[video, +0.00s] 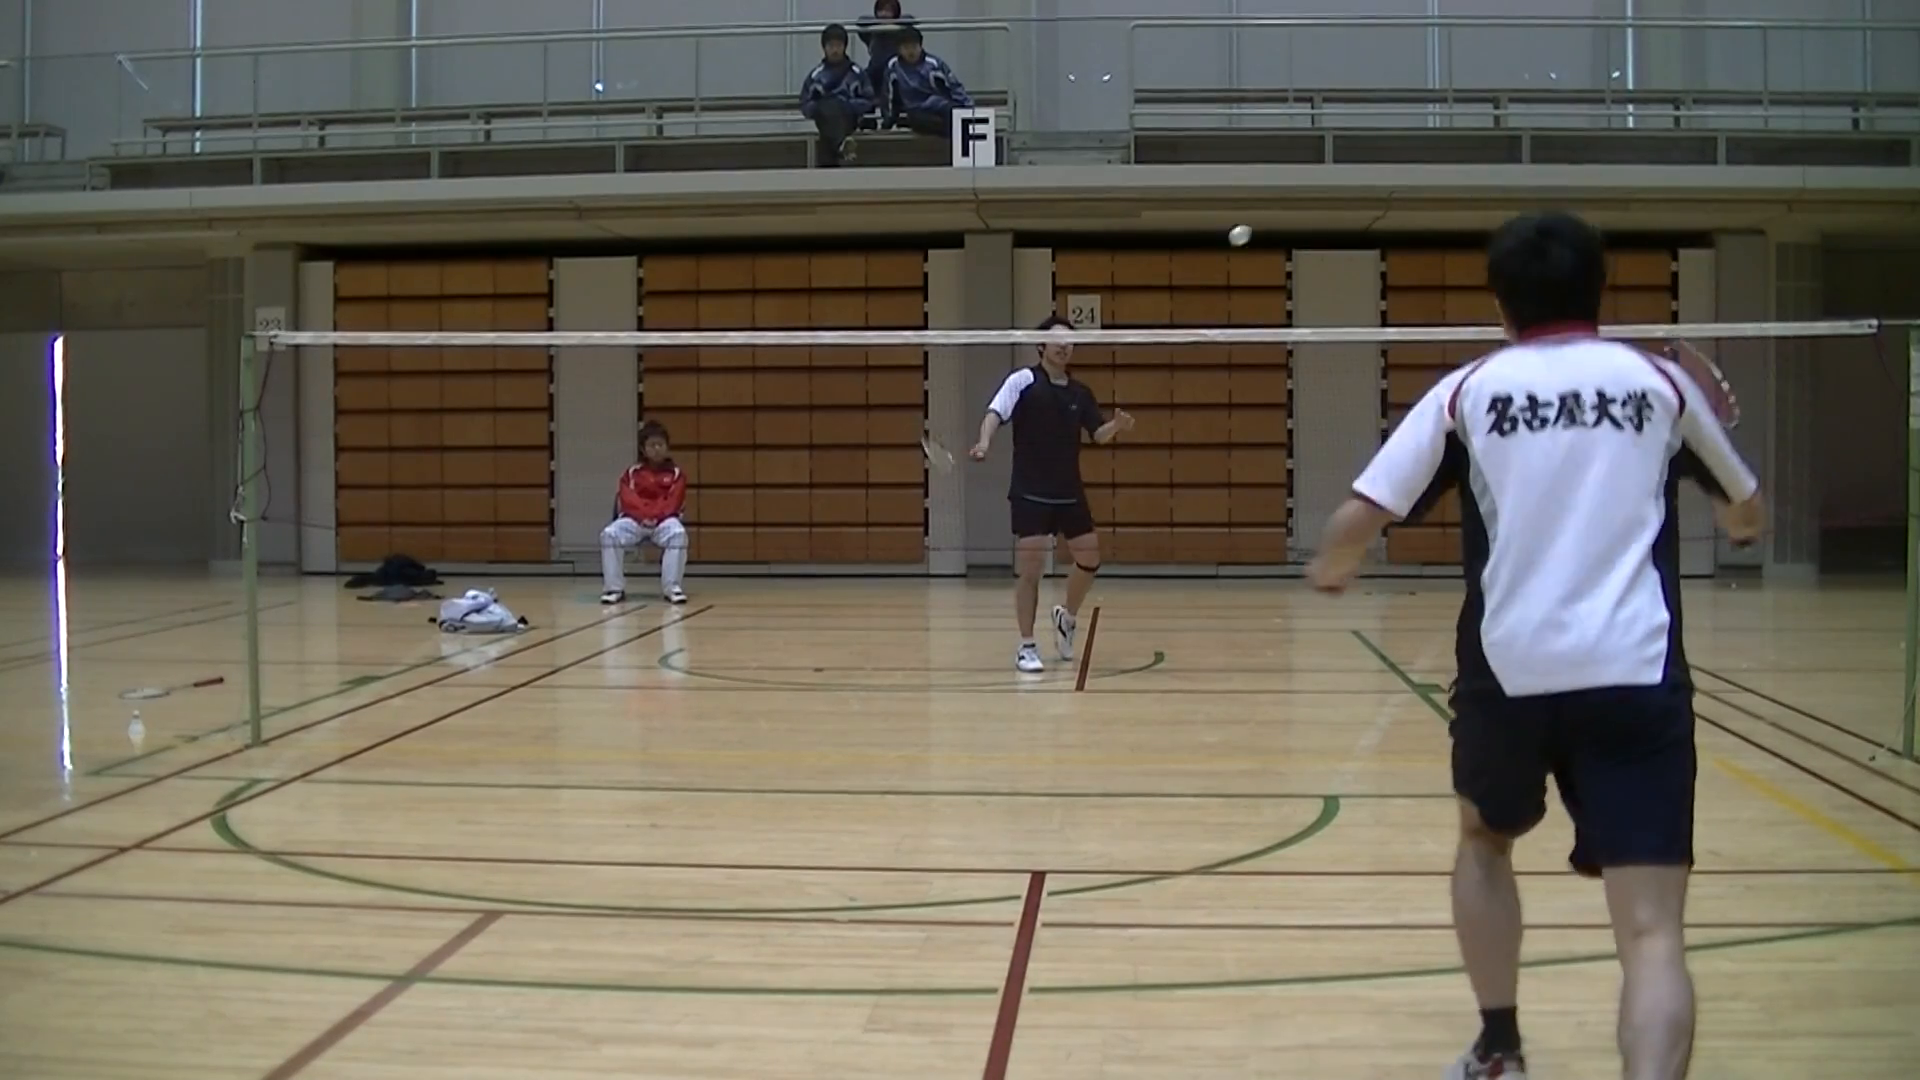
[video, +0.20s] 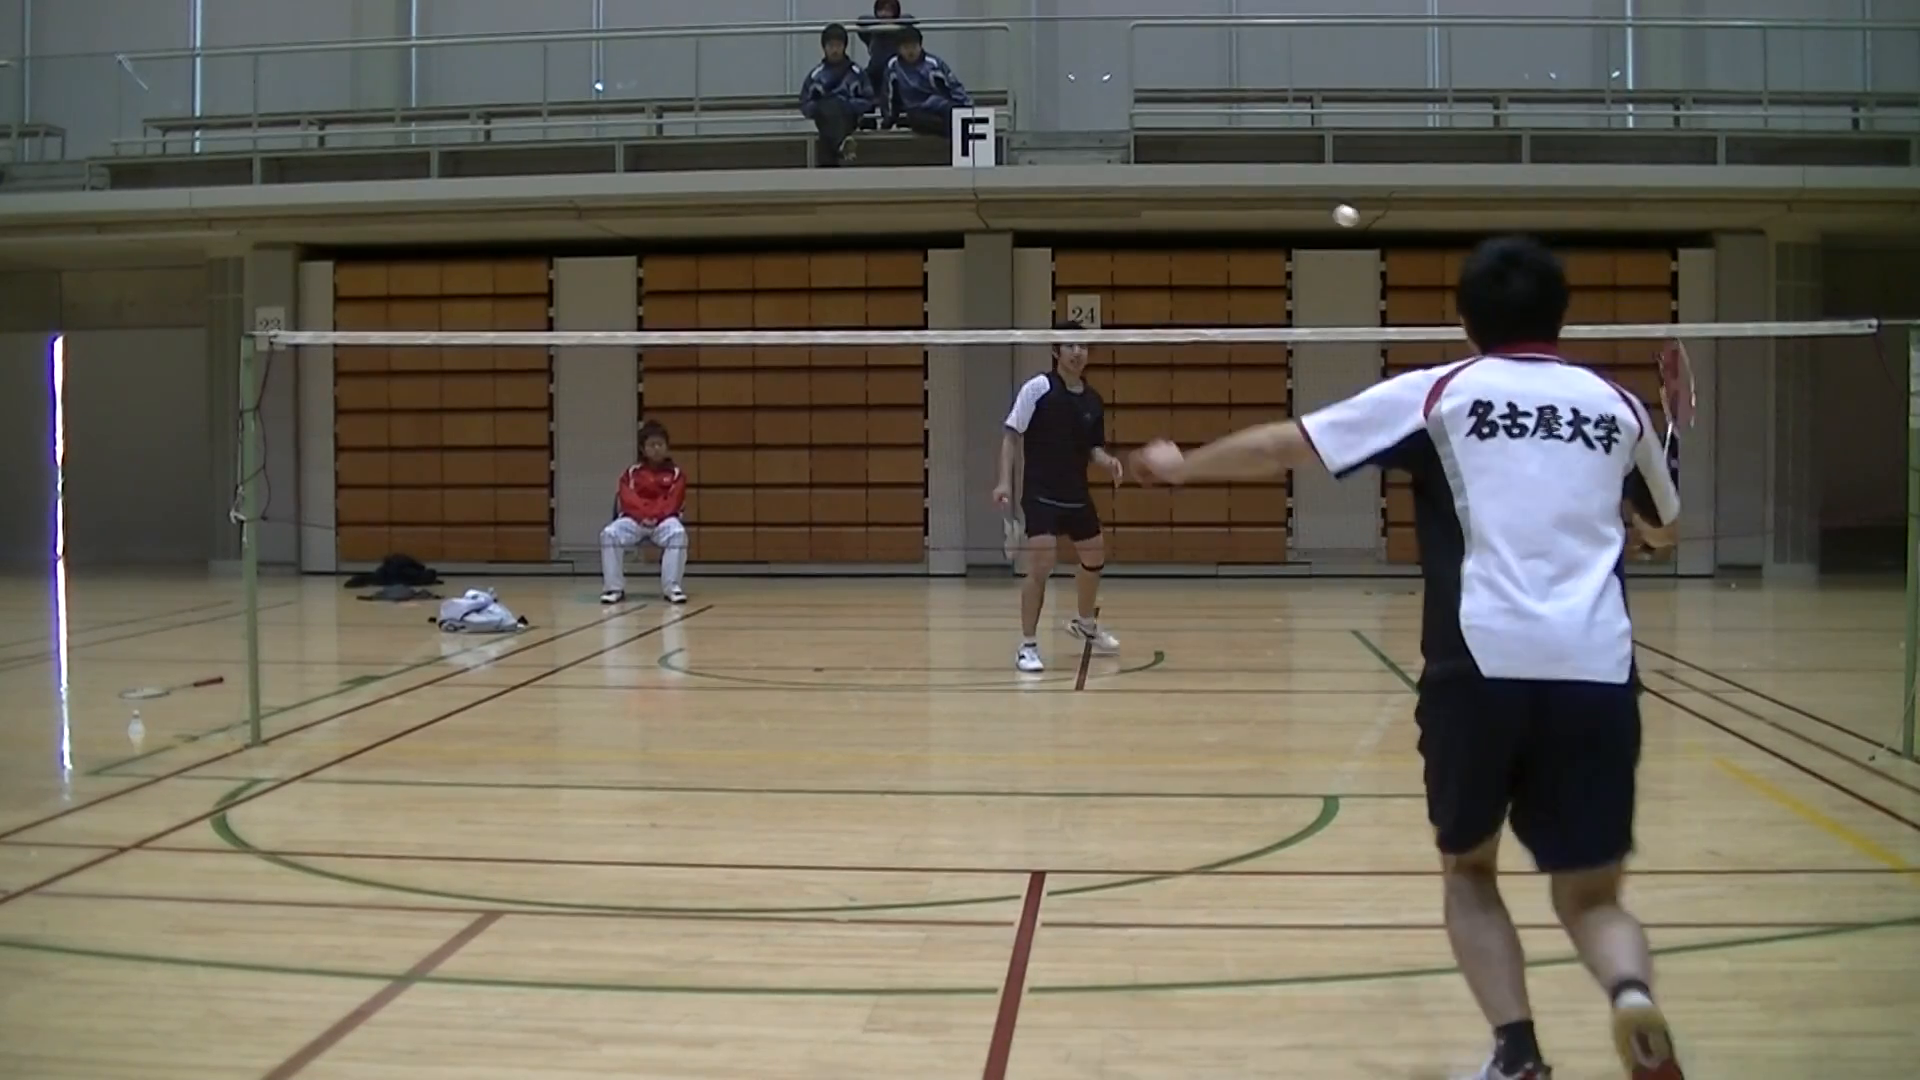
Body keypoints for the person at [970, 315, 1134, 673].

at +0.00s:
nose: (1064, 352)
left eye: (1069, 347)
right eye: (1058, 346)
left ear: (1074, 350)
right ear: (1042, 346)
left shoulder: (1078, 391)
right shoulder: (1022, 380)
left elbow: (1098, 435)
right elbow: (995, 414)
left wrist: (1115, 426)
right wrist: (984, 443)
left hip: (1069, 489)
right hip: (1030, 488)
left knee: (1089, 558)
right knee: (1030, 566)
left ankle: (1067, 618)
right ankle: (1027, 645)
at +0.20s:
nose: (1078, 353)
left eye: (1082, 347)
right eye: (1071, 347)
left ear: (1088, 353)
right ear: (1057, 351)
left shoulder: (1091, 399)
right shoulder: (1037, 388)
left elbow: (1093, 448)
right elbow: (1010, 435)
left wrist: (1108, 461)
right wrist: (1004, 482)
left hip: (1075, 489)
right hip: (1040, 489)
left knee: (1094, 555)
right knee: (1042, 561)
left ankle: (1086, 624)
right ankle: (1028, 645)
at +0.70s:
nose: (1124, 364)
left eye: (1130, 359)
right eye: (1118, 357)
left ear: (1136, 365)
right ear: (1105, 360)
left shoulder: (1131, 400)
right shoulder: (1087, 394)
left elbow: (1124, 447)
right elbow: (1058, 447)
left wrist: (1152, 475)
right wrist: (1051, 499)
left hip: (1108, 491)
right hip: (1080, 489)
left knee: (1120, 551)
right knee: (1094, 552)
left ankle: (1098, 625)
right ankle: (1073, 638)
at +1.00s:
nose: (1161, 396)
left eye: (1166, 391)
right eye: (1154, 390)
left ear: (1171, 397)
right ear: (1140, 395)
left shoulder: (1179, 434)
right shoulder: (1124, 433)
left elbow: (1216, 455)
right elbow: (1099, 484)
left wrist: (1256, 435)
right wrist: (1096, 532)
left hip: (1155, 525)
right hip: (1120, 523)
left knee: (1147, 588)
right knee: (1117, 583)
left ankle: (1124, 623)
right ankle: (1092, 643)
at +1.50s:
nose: (1295, 408)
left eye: (1299, 401)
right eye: (1290, 399)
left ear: (1299, 403)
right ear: (1268, 400)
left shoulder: (1267, 437)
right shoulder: (1258, 436)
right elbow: (1263, 495)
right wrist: (1292, 538)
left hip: (1210, 521)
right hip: (1206, 521)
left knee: (1179, 600)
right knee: (1265, 569)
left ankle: (1119, 643)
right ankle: (1271, 665)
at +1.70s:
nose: (1399, 439)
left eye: (1402, 431)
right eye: (1392, 430)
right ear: (1369, 429)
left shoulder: (1358, 460)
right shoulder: (1347, 462)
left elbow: (1357, 528)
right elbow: (1355, 532)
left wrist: (1362, 585)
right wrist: (1369, 590)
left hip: (1303, 541)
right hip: (1286, 540)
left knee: (1287, 631)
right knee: (1349, 583)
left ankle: (1219, 649)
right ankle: (1343, 684)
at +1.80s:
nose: (1437, 425)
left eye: (1442, 417)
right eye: (1432, 415)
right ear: (1409, 410)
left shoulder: (1396, 441)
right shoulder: (1385, 443)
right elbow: (1368, 516)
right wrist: (1371, 582)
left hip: (1335, 522)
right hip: (1319, 523)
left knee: (1357, 608)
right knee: (1365, 604)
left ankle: (1290, 647)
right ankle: (1346, 685)